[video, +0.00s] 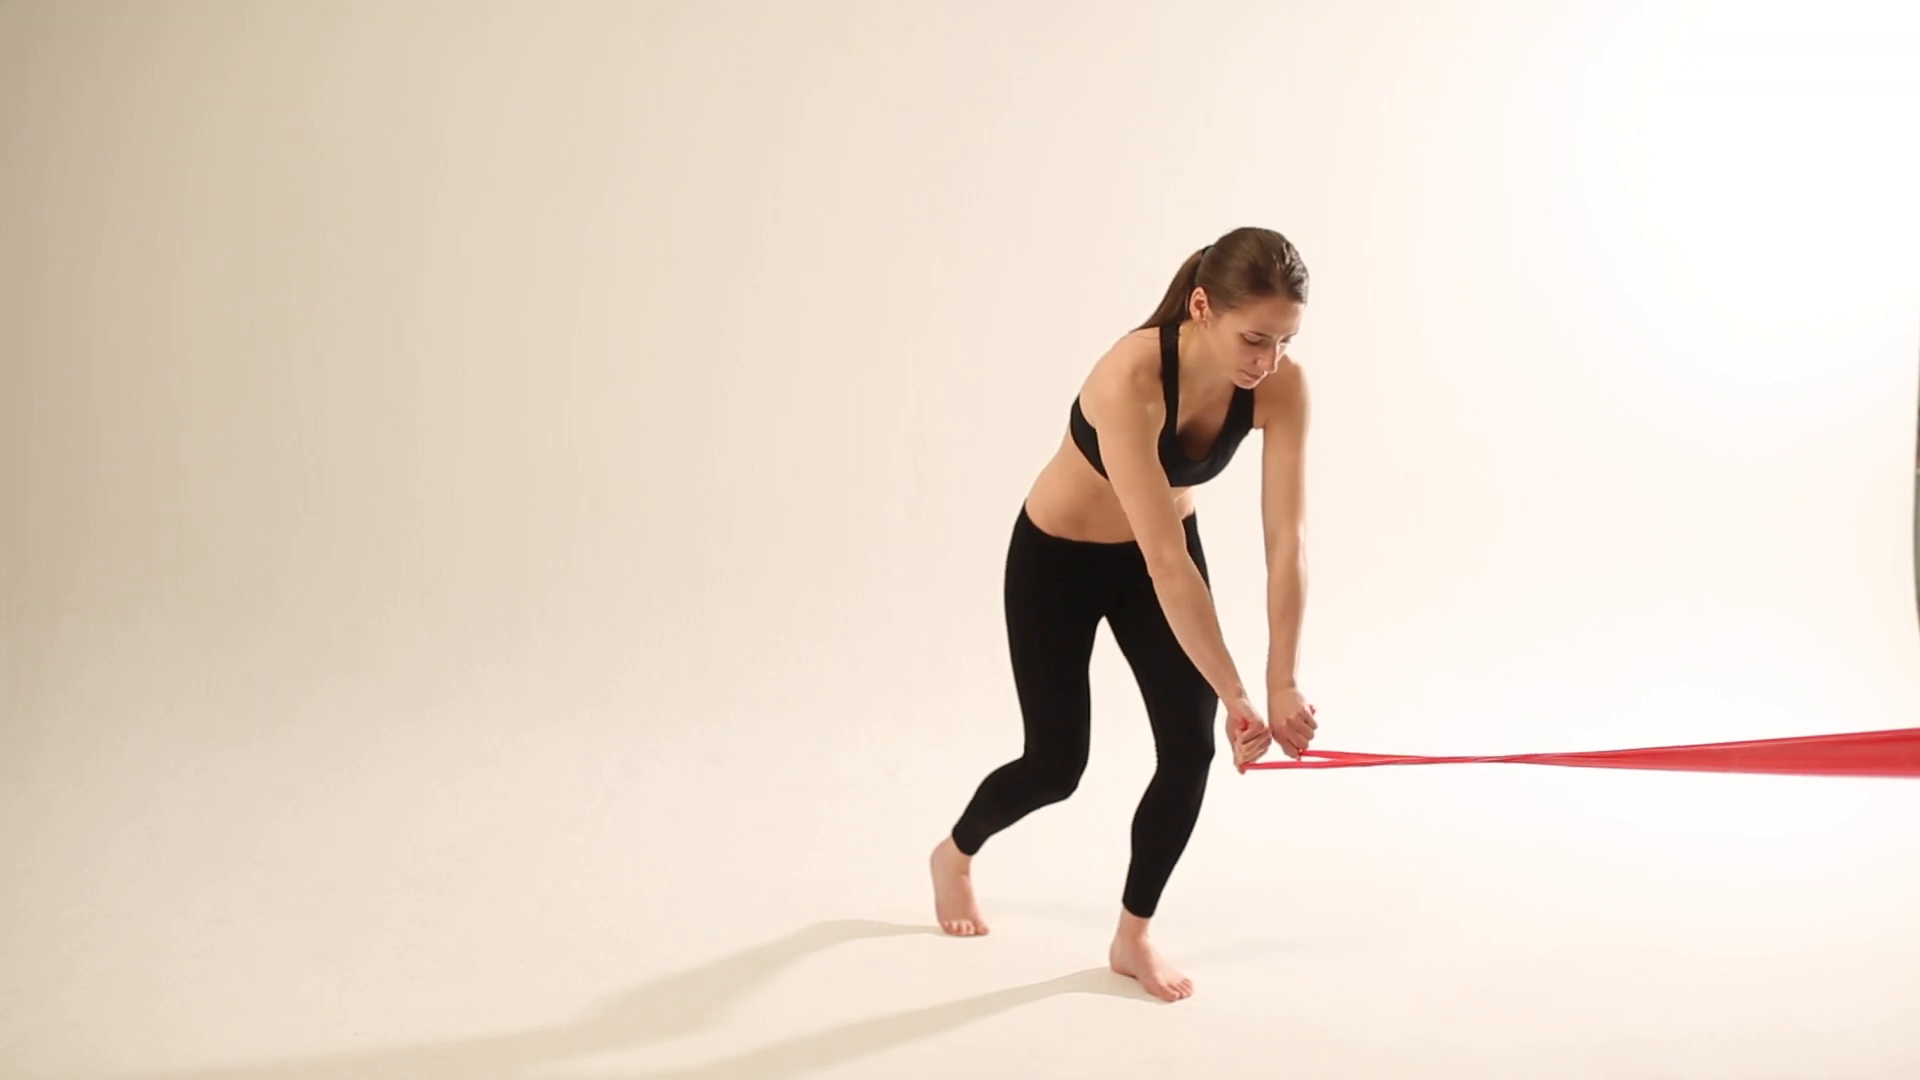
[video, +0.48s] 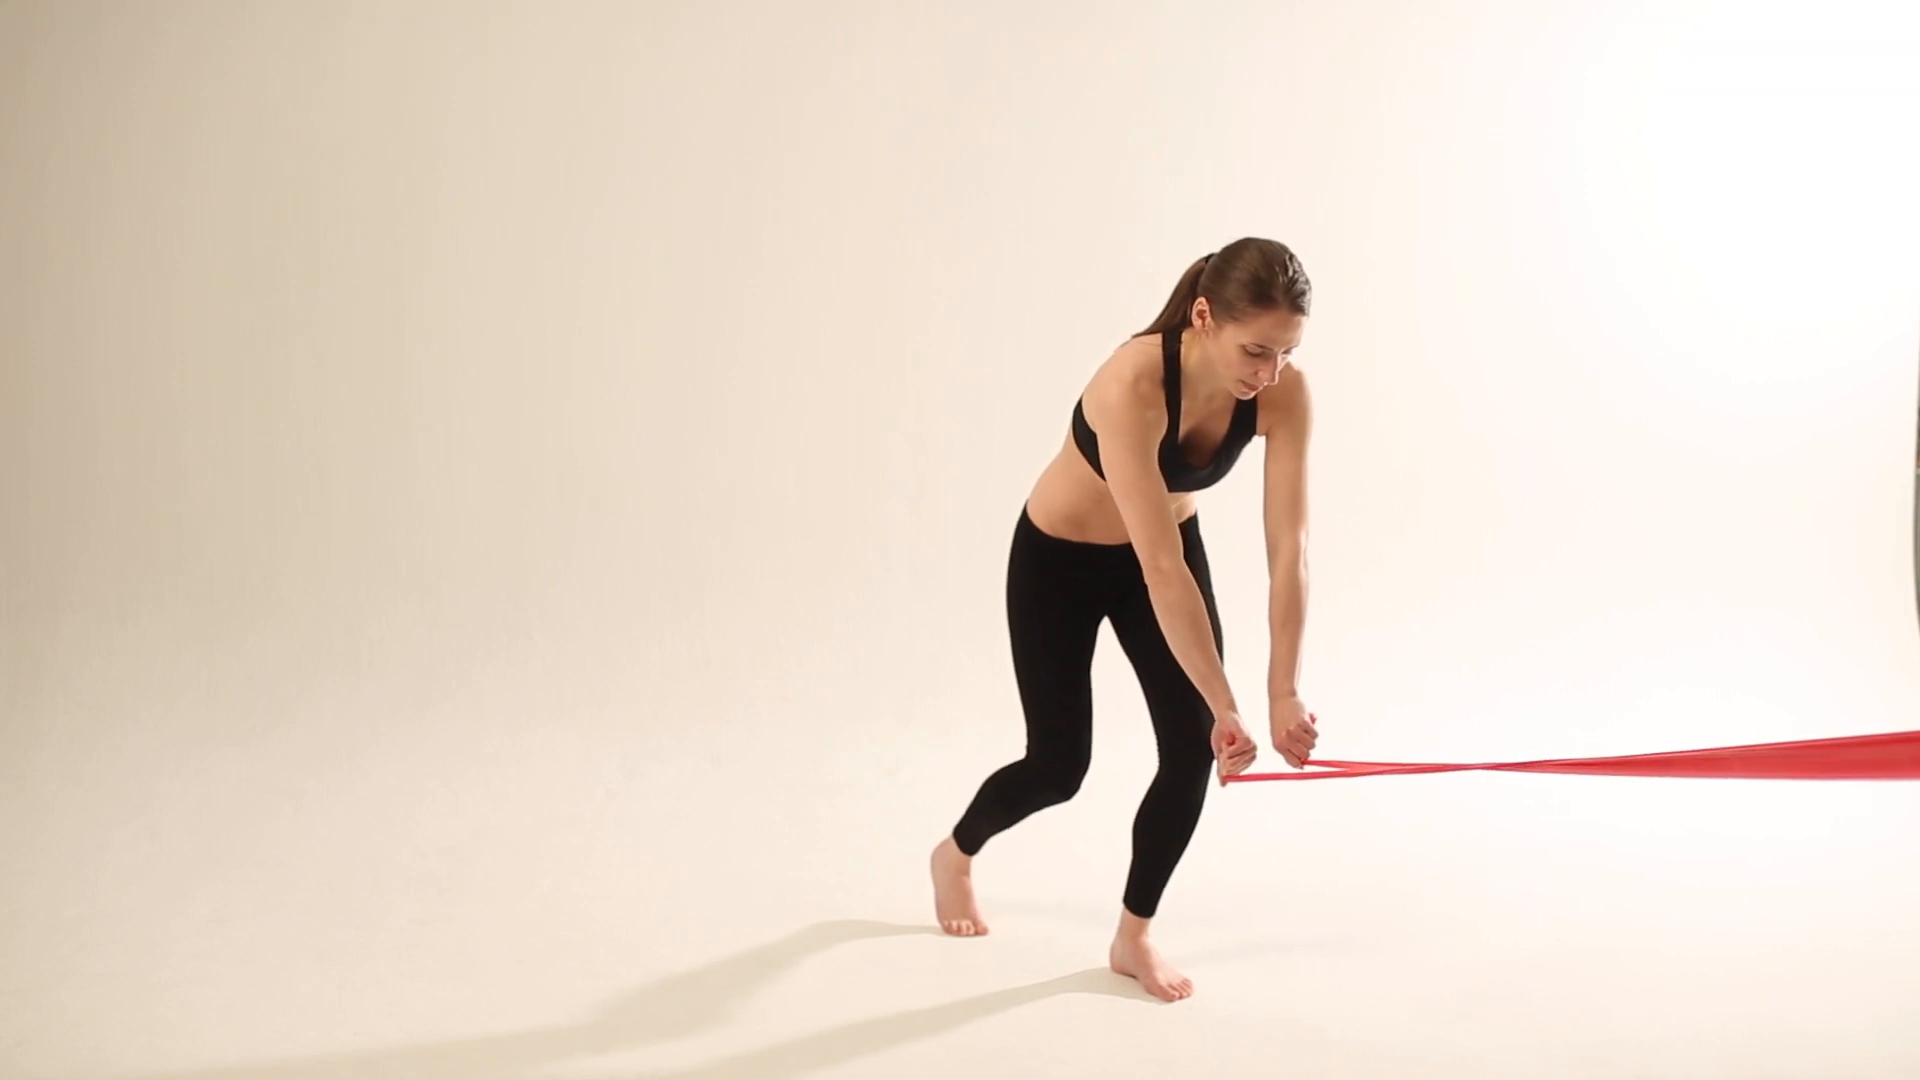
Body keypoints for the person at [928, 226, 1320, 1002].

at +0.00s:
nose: (1272, 359)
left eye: (1285, 340)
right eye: (1257, 338)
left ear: (1298, 321)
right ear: (1201, 309)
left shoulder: (1279, 384)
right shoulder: (1128, 378)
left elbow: (1285, 541)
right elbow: (1166, 562)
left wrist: (1282, 681)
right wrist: (1234, 695)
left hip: (1162, 557)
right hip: (1058, 558)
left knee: (1186, 753)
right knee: (1056, 764)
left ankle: (1132, 931)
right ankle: (954, 851)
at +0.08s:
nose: (1271, 361)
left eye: (1284, 342)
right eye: (1256, 340)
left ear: (1298, 323)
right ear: (1201, 311)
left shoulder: (1279, 386)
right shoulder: (1128, 378)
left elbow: (1285, 543)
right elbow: (1165, 567)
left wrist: (1280, 685)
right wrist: (1232, 699)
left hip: (1162, 556)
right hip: (1058, 558)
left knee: (1186, 752)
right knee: (1055, 764)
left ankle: (1132, 931)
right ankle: (953, 851)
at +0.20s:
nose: (1272, 365)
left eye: (1285, 346)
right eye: (1257, 344)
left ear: (1299, 327)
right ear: (1201, 314)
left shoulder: (1280, 388)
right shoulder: (1129, 381)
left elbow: (1287, 543)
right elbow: (1162, 567)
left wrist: (1282, 688)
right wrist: (1225, 704)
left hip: (1162, 555)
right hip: (1057, 558)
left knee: (1188, 749)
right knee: (1054, 764)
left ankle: (1132, 931)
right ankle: (952, 852)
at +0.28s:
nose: (1272, 367)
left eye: (1285, 348)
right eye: (1257, 346)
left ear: (1299, 329)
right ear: (1202, 315)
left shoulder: (1280, 389)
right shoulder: (1129, 382)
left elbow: (1287, 546)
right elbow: (1161, 569)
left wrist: (1283, 690)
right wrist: (1224, 710)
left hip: (1163, 555)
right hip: (1058, 558)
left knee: (1188, 749)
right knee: (1055, 764)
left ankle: (1132, 931)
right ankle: (952, 852)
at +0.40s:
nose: (1271, 369)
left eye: (1284, 350)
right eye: (1256, 349)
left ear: (1299, 331)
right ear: (1202, 318)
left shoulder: (1281, 390)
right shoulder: (1130, 383)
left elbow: (1289, 547)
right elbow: (1161, 569)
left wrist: (1284, 691)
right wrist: (1224, 711)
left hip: (1164, 556)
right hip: (1059, 558)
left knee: (1189, 750)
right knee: (1056, 766)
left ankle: (1133, 932)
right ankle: (954, 852)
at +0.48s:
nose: (1273, 371)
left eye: (1285, 351)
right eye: (1257, 350)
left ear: (1300, 332)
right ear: (1203, 318)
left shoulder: (1281, 391)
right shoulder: (1131, 384)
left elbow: (1288, 547)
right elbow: (1163, 570)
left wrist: (1283, 691)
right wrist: (1225, 712)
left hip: (1165, 555)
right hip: (1060, 558)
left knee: (1190, 751)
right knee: (1059, 765)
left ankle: (1133, 931)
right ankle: (955, 851)